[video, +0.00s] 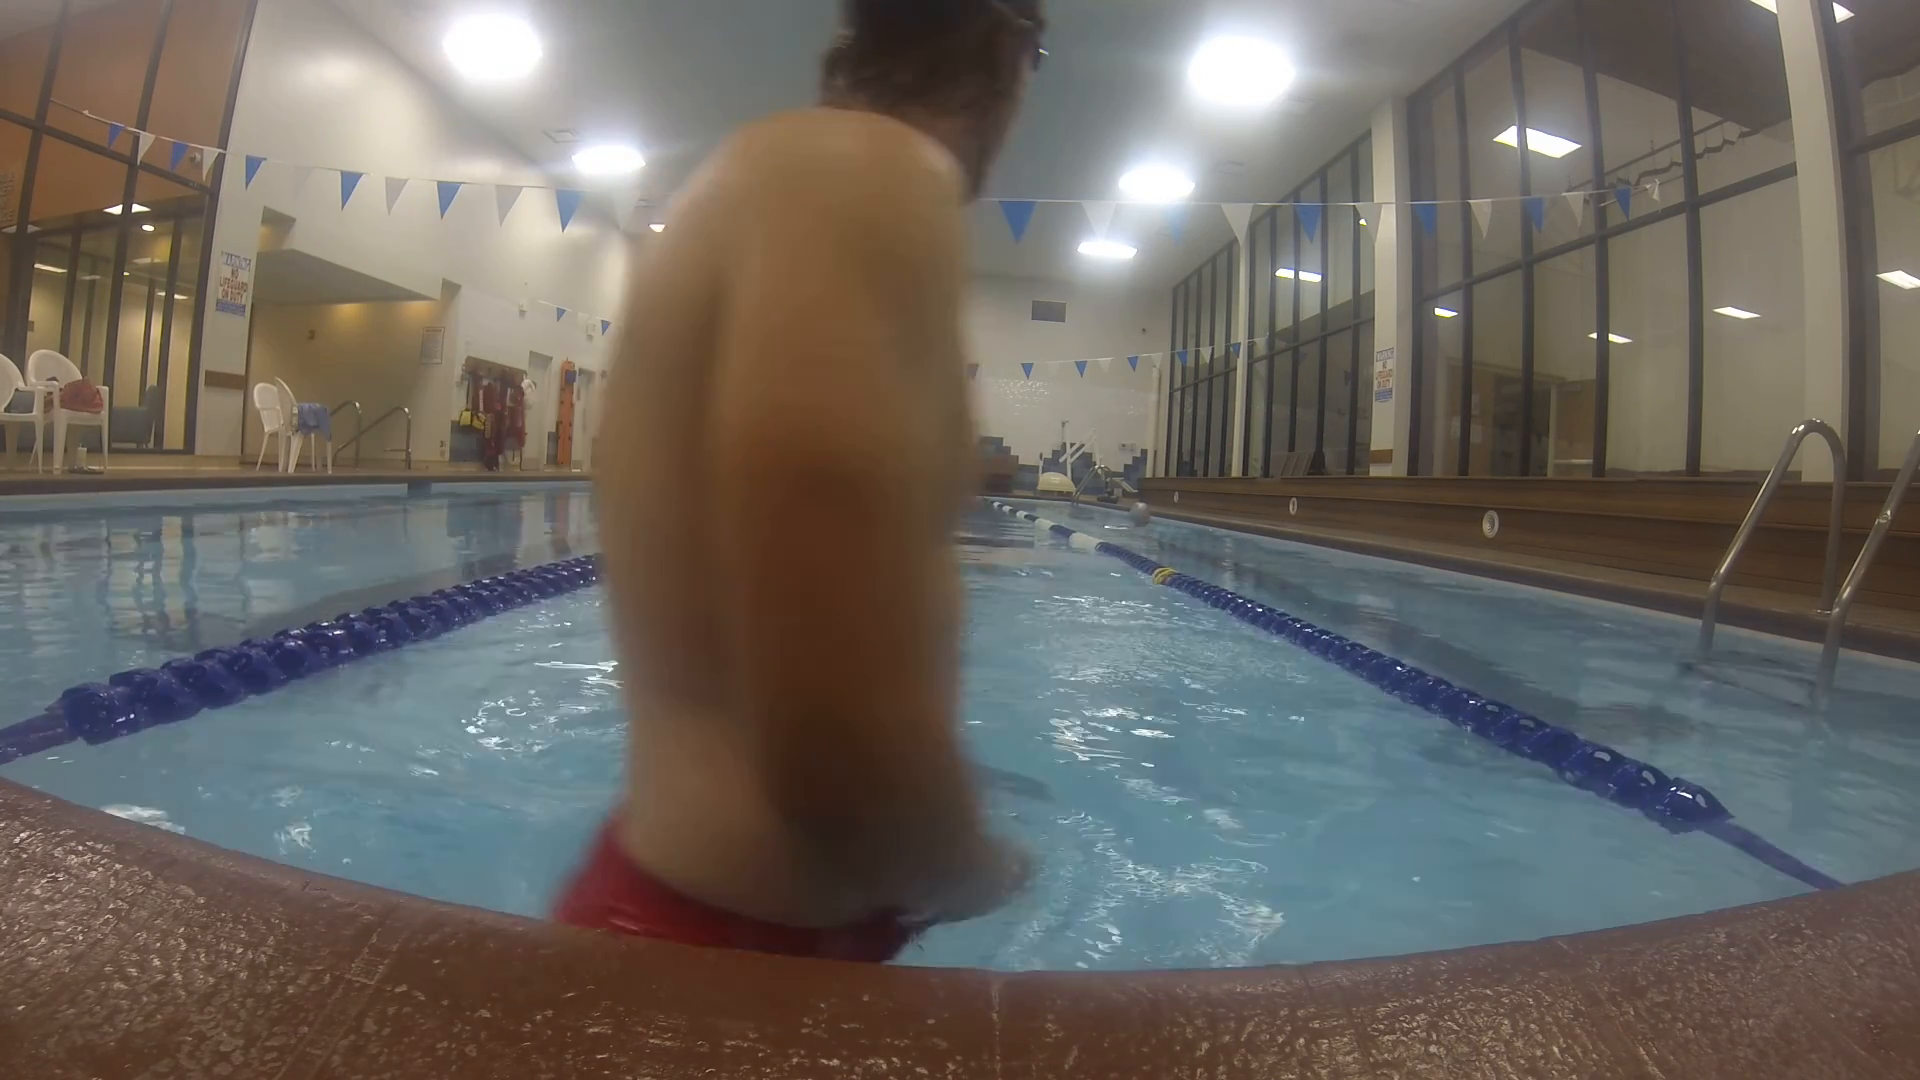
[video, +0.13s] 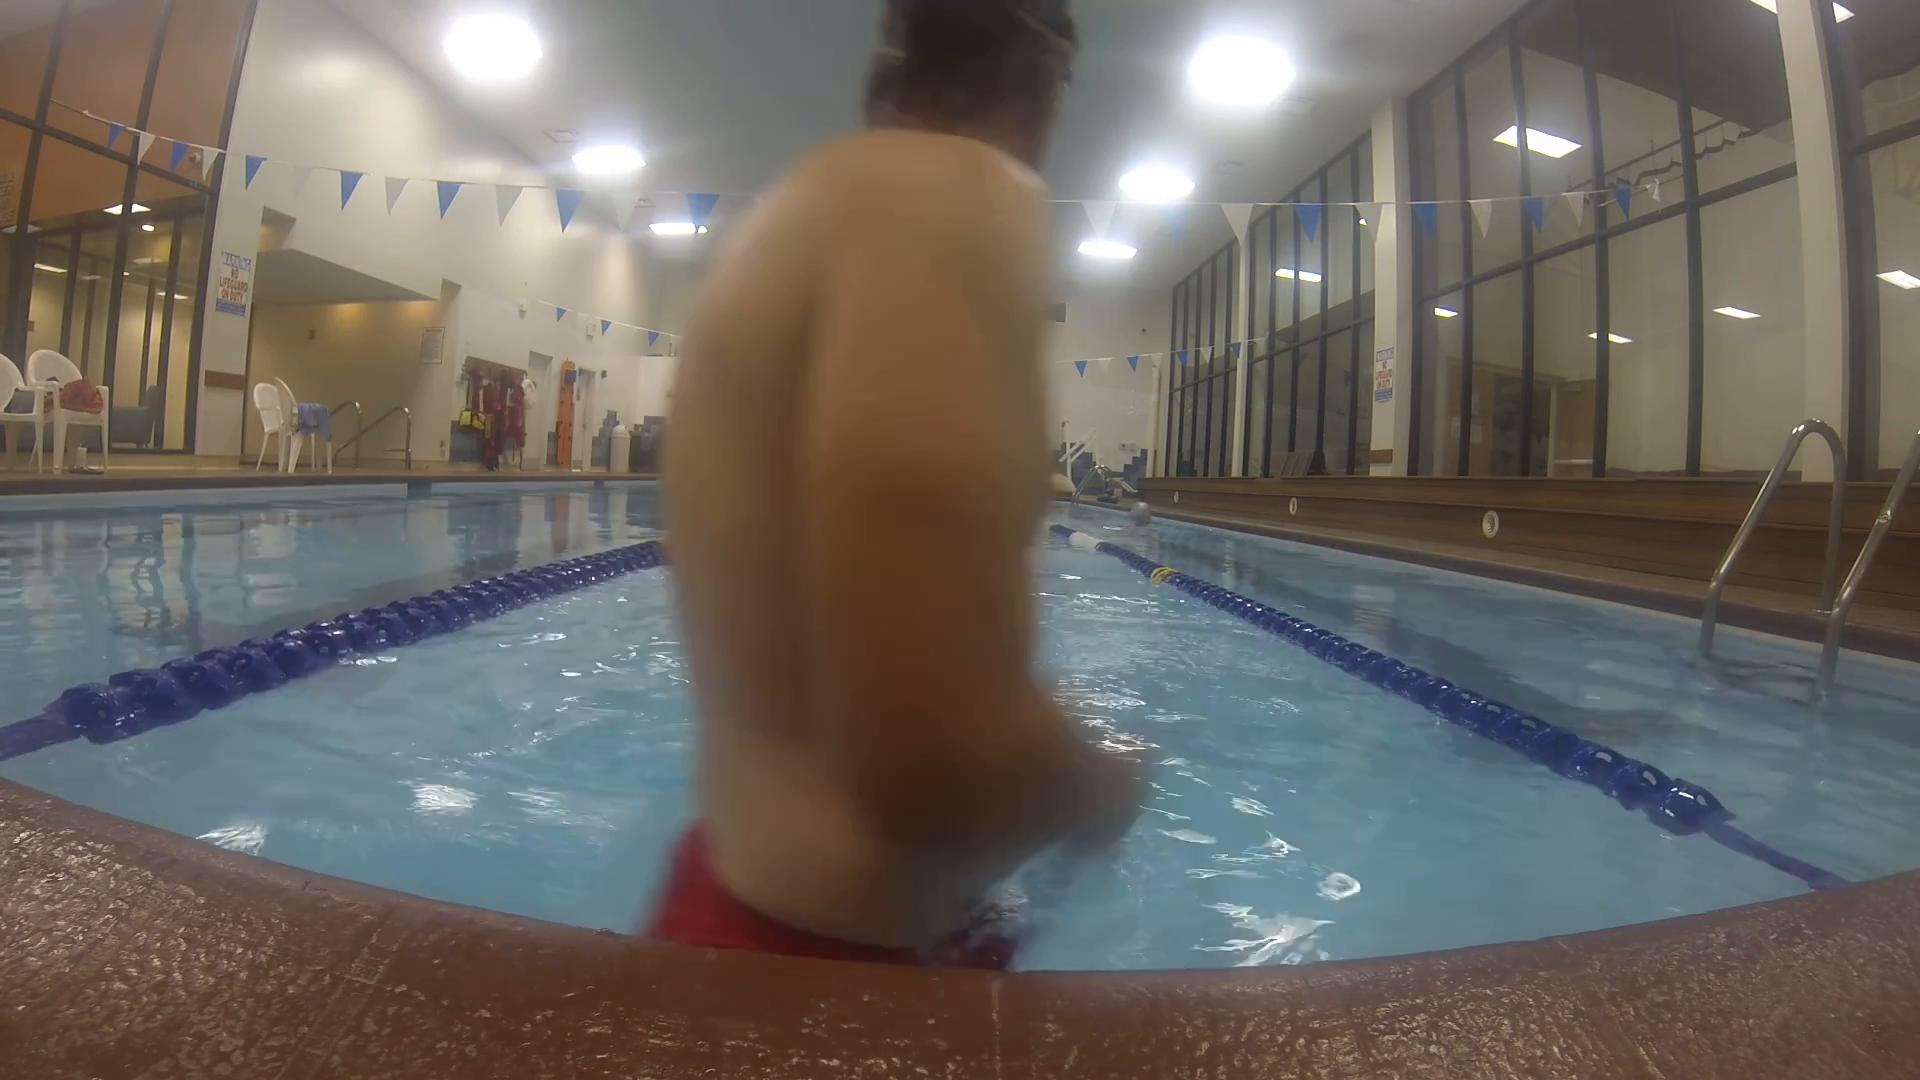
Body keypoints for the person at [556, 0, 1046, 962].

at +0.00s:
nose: (1022, 101)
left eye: (1030, 69)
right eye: (1031, 66)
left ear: (851, 55)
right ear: (1010, 56)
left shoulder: (753, 177)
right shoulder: (859, 172)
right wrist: (948, 861)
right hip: (754, 935)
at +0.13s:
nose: (1063, 108)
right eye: (1066, 77)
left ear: (892, 74)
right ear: (1044, 70)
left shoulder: (792, 213)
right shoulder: (944, 193)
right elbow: (927, 759)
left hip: (737, 915)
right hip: (853, 953)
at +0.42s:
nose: (1148, 110)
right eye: (1142, 89)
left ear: (976, 94)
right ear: (1126, 90)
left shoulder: (842, 274)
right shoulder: (1138, 236)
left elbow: (782, 590)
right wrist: (1285, 433)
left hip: (847, 894)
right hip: (1038, 955)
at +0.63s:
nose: (1235, 91)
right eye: (1223, 63)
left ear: (1040, 82)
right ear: (1198, 78)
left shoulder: (872, 260)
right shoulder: (1271, 242)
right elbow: (1399, 528)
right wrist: (1266, 202)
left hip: (899, 924)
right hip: (1139, 967)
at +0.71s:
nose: (1268, 92)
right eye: (1254, 62)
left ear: (1061, 83)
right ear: (1226, 81)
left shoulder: (893, 263)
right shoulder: (1325, 255)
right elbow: (1420, 515)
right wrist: (1291, 205)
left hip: (938, 931)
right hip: (1186, 967)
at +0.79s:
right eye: (1275, 70)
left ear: (1082, 85)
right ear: (1253, 90)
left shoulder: (922, 263)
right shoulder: (1373, 265)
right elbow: (1429, 513)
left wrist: (1051, 192)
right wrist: (1303, 205)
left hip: (969, 923)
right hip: (1226, 959)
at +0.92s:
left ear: (1112, 112)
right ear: (1306, 127)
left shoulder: (979, 257)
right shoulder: (1447, 289)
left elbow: (949, 487)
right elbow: (1455, 515)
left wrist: (1070, 200)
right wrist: (1335, 207)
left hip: (1029, 942)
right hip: (1304, 965)